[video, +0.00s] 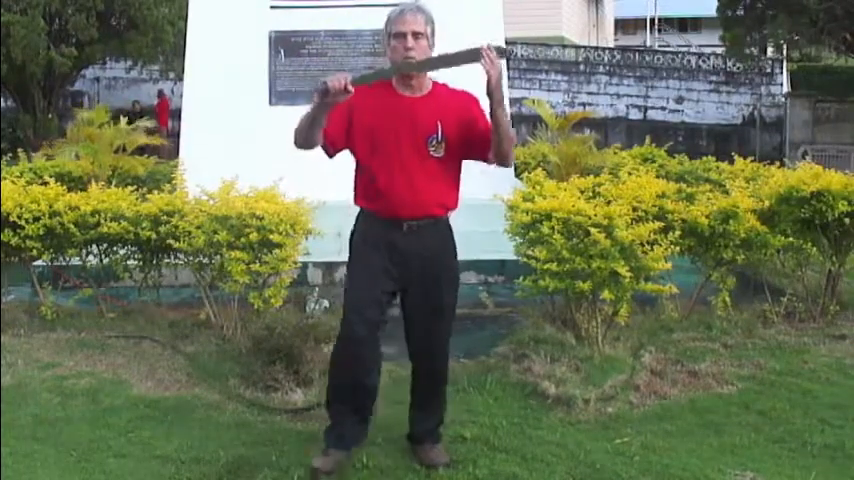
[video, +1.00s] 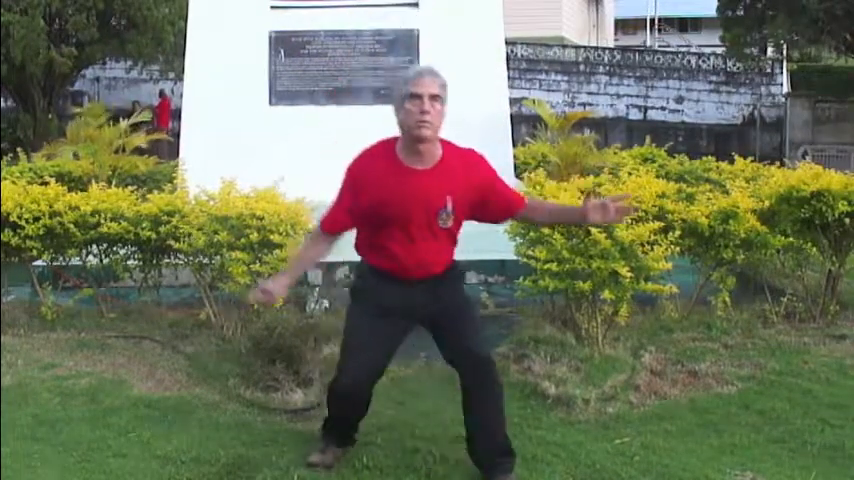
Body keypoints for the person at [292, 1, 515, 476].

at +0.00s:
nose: (408, 44)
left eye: (417, 36)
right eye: (399, 36)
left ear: (431, 44)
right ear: (386, 44)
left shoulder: (458, 103)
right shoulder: (361, 99)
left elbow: (503, 155)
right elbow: (304, 141)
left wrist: (496, 92)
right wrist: (322, 104)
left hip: (433, 237)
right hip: (374, 235)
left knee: (431, 344)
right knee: (356, 333)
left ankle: (426, 438)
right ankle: (340, 441)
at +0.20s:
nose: (396, 43)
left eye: (406, 35)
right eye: (387, 36)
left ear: (421, 45)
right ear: (376, 47)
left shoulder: (442, 102)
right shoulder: (352, 100)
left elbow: (484, 175)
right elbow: (293, 149)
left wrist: (470, 117)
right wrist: (310, 118)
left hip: (423, 236)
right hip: (364, 235)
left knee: (429, 343)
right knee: (347, 338)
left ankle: (426, 437)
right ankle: (334, 432)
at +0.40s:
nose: (380, 45)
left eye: (390, 37)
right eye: (372, 37)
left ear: (407, 47)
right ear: (361, 47)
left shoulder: (433, 106)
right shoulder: (338, 102)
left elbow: (471, 177)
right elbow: (295, 154)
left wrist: (441, 143)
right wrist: (279, 143)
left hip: (409, 239)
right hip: (351, 238)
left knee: (422, 345)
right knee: (338, 341)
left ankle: (426, 438)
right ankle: (334, 434)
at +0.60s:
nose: (365, 61)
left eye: (375, 52)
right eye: (357, 52)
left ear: (393, 62)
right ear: (347, 61)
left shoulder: (421, 119)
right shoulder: (328, 115)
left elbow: (467, 161)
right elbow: (289, 156)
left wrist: (490, 170)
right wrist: (235, 174)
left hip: (405, 247)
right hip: (344, 247)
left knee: (428, 340)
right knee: (333, 343)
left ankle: (434, 435)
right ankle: (333, 435)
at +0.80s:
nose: (376, 87)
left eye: (386, 79)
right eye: (367, 79)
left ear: (398, 89)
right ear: (354, 89)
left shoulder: (432, 143)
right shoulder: (330, 145)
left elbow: (502, 173)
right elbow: (286, 182)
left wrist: (563, 182)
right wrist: (237, 214)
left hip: (415, 265)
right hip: (352, 267)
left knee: (450, 352)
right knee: (331, 361)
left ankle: (487, 462)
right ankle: (333, 436)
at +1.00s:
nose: (424, 108)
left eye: (434, 101)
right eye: (414, 100)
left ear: (445, 111)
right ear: (398, 109)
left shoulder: (467, 167)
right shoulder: (368, 166)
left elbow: (523, 207)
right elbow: (327, 234)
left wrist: (583, 212)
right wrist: (284, 278)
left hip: (443, 289)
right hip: (379, 289)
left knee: (479, 366)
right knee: (351, 382)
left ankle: (496, 468)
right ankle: (334, 440)